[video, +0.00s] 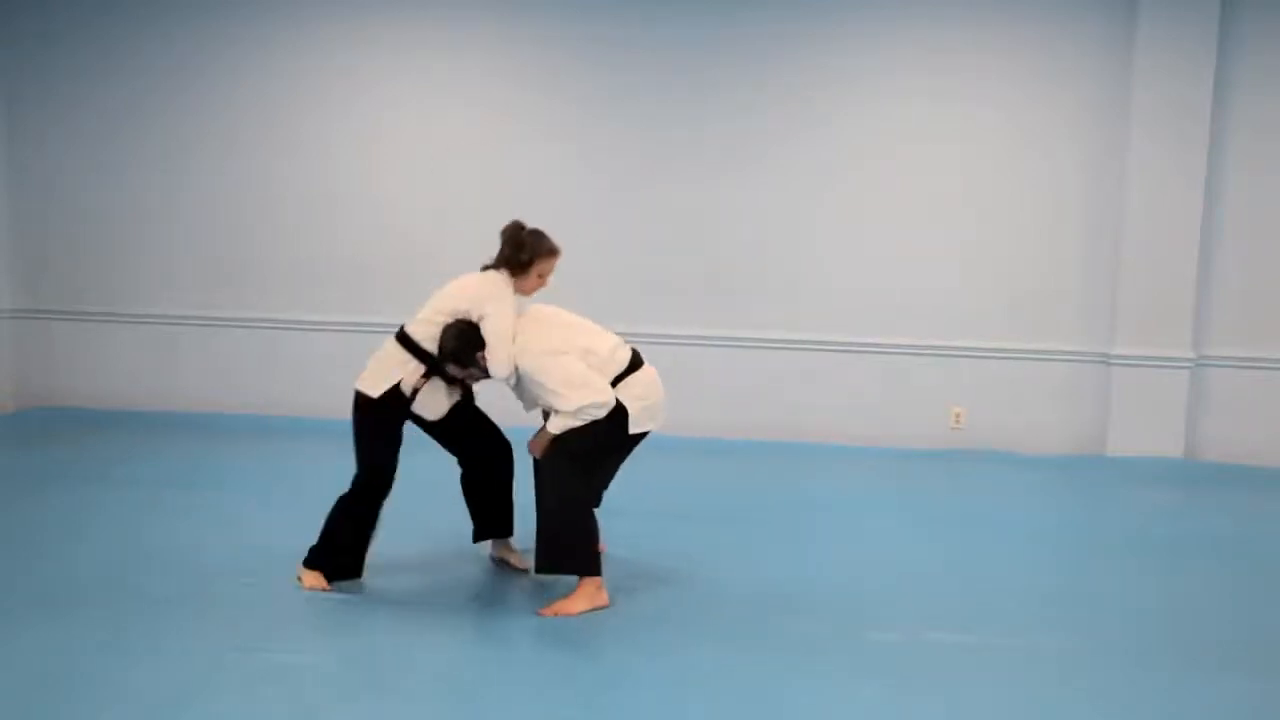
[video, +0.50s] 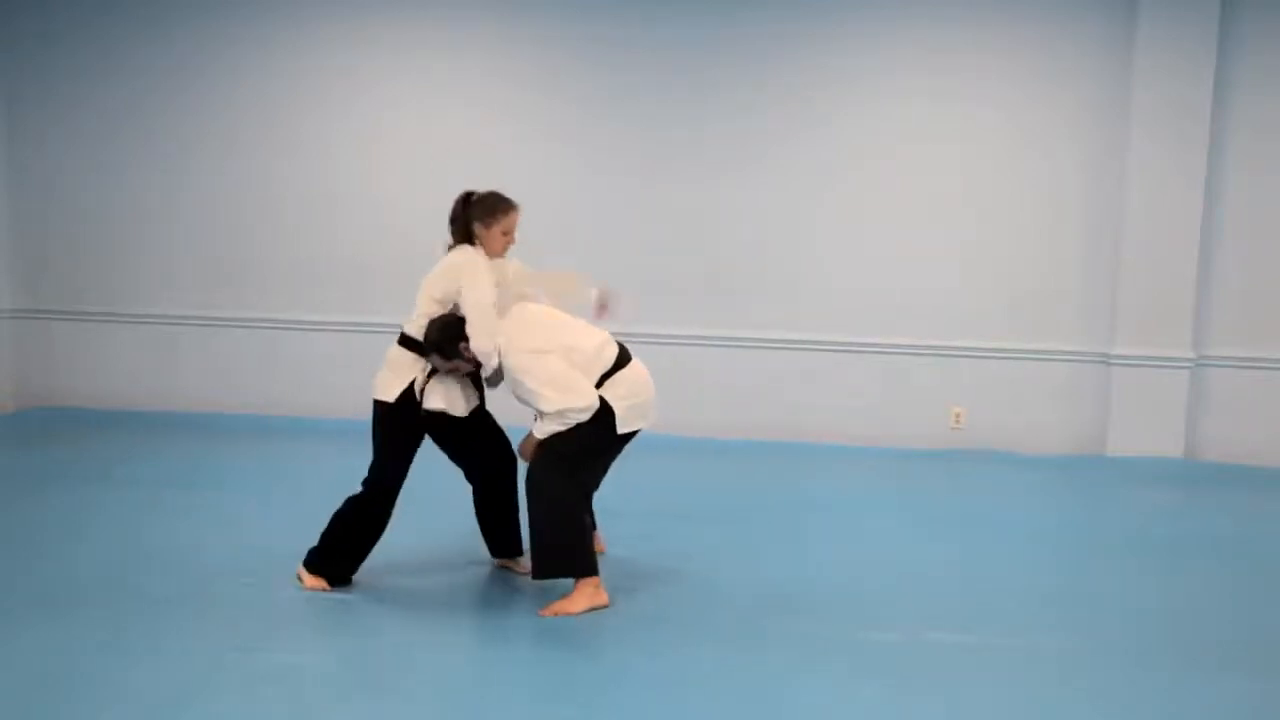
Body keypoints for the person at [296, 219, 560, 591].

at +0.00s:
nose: (545, 283)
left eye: (548, 275)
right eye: (542, 274)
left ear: (514, 262)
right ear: (520, 266)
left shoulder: (489, 285)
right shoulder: (497, 292)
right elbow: (501, 367)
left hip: (429, 389)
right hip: (385, 387)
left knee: (492, 451)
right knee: (374, 481)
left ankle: (500, 541)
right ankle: (317, 566)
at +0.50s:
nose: (512, 240)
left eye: (514, 231)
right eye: (506, 232)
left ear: (485, 231)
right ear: (480, 229)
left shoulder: (491, 265)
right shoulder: (469, 264)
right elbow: (485, 346)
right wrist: (489, 368)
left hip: (450, 390)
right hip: (409, 388)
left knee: (496, 460)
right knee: (384, 484)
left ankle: (507, 552)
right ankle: (320, 568)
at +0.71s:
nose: (500, 212)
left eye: (506, 204)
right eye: (493, 204)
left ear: (511, 193)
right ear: (471, 193)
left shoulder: (498, 219)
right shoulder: (445, 213)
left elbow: (521, 165)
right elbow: (447, 262)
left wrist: (502, 119)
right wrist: (475, 307)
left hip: (472, 359)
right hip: (419, 354)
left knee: (492, 456)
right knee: (377, 450)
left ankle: (506, 550)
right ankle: (318, 547)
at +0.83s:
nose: (489, 217)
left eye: (494, 208)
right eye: (480, 211)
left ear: (501, 197)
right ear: (456, 202)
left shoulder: (496, 210)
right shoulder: (433, 215)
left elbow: (527, 181)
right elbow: (399, 255)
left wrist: (496, 153)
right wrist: (445, 275)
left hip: (473, 359)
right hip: (419, 351)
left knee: (500, 450)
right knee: (365, 437)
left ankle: (505, 550)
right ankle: (296, 532)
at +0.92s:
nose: (479, 230)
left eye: (483, 222)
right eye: (470, 225)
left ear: (491, 212)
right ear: (448, 217)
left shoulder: (498, 238)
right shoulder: (426, 233)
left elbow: (536, 237)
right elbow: (388, 271)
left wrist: (518, 195)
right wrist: (429, 277)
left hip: (469, 372)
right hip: (410, 366)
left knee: (501, 459)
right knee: (351, 447)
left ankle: (507, 558)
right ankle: (285, 531)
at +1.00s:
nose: (476, 253)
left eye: (479, 245)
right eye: (467, 247)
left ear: (484, 241)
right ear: (440, 241)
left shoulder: (488, 271)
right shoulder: (415, 261)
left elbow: (522, 313)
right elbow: (378, 305)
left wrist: (522, 266)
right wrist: (419, 293)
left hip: (457, 390)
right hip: (398, 382)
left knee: (498, 470)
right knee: (337, 458)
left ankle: (515, 553)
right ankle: (283, 543)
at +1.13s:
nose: (460, 297)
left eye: (465, 288)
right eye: (452, 289)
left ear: (473, 281)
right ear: (425, 283)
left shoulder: (476, 310)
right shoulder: (397, 303)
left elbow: (505, 332)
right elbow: (371, 352)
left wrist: (490, 285)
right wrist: (396, 342)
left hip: (437, 415)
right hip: (375, 407)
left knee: (488, 468)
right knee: (303, 470)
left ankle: (509, 550)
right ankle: (276, 556)